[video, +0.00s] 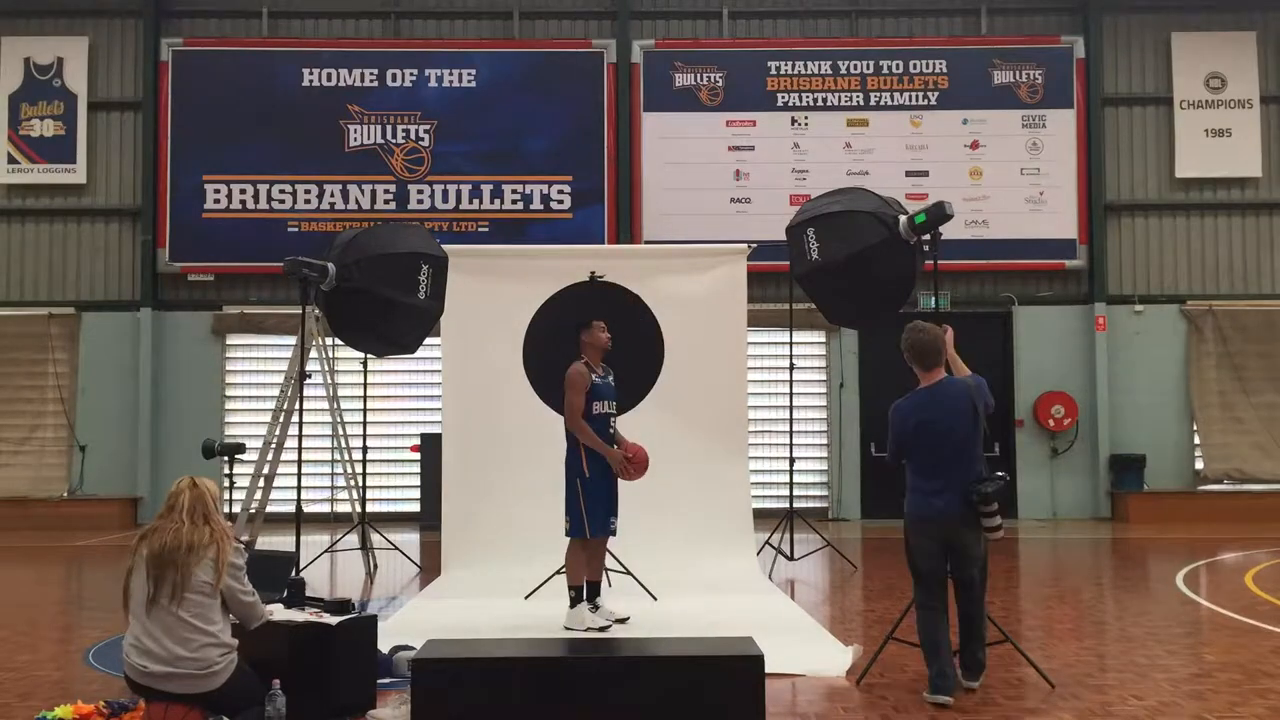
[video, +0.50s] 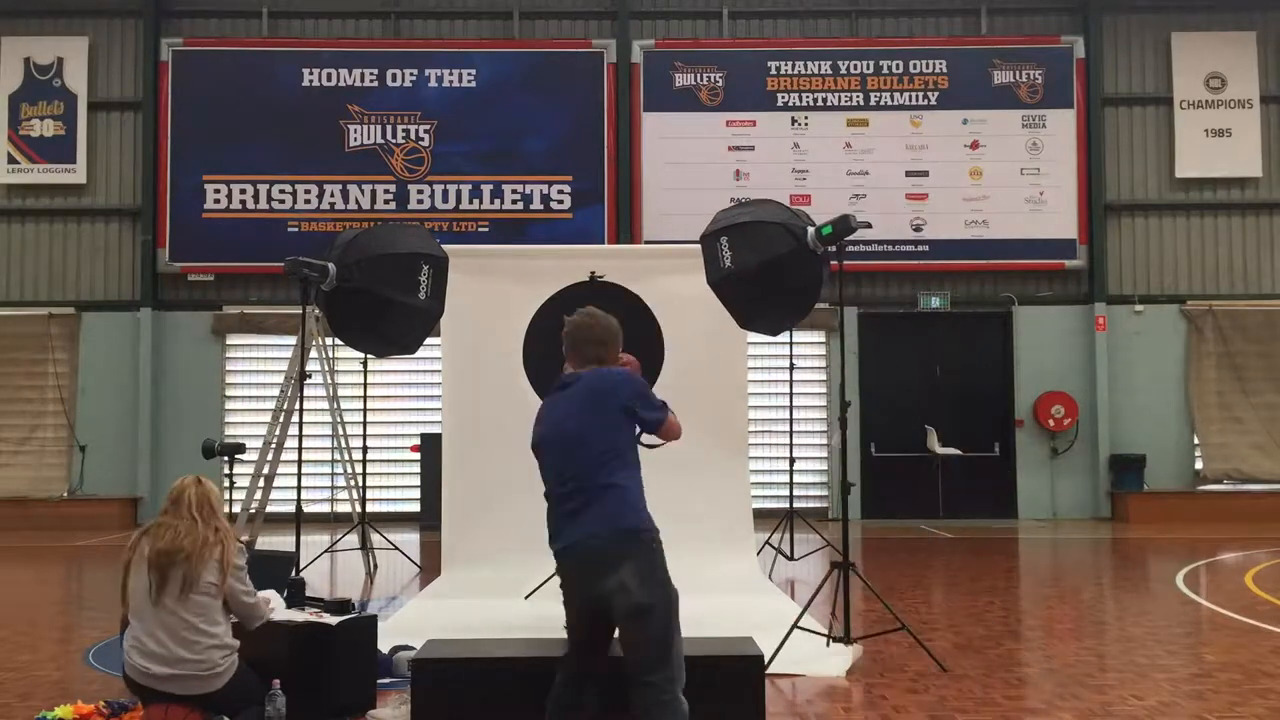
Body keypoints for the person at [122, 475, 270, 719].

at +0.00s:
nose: (222, 513)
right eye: (219, 506)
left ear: (171, 505)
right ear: (212, 508)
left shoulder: (144, 542)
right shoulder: (222, 547)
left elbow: (134, 606)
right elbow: (252, 616)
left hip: (141, 678)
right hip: (205, 680)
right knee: (255, 703)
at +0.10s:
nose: (222, 515)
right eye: (220, 509)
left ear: (171, 507)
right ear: (212, 510)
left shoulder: (146, 540)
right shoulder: (223, 546)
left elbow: (134, 602)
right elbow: (252, 615)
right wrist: (261, 613)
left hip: (141, 678)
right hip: (205, 680)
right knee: (255, 702)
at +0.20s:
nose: (223, 514)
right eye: (220, 508)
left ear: (172, 507)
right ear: (213, 509)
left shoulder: (147, 539)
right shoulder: (223, 545)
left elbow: (134, 602)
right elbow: (251, 614)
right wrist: (261, 613)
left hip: (141, 677)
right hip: (205, 680)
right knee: (254, 702)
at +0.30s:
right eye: (237, 523)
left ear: (190, 516)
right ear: (229, 522)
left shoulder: (154, 543)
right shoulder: (229, 548)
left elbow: (137, 606)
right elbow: (255, 617)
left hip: (142, 679)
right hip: (207, 683)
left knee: (125, 613)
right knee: (255, 704)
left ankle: (153, 707)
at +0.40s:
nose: (233, 523)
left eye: (234, 516)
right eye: (232, 516)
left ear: (188, 510)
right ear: (225, 515)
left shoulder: (158, 542)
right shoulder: (229, 546)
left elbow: (140, 602)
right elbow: (255, 613)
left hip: (142, 677)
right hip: (207, 681)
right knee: (256, 702)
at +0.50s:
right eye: (219, 506)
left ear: (170, 504)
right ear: (213, 509)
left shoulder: (142, 540)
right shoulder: (225, 545)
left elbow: (131, 609)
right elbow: (252, 616)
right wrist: (264, 602)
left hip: (142, 679)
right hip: (207, 681)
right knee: (255, 702)